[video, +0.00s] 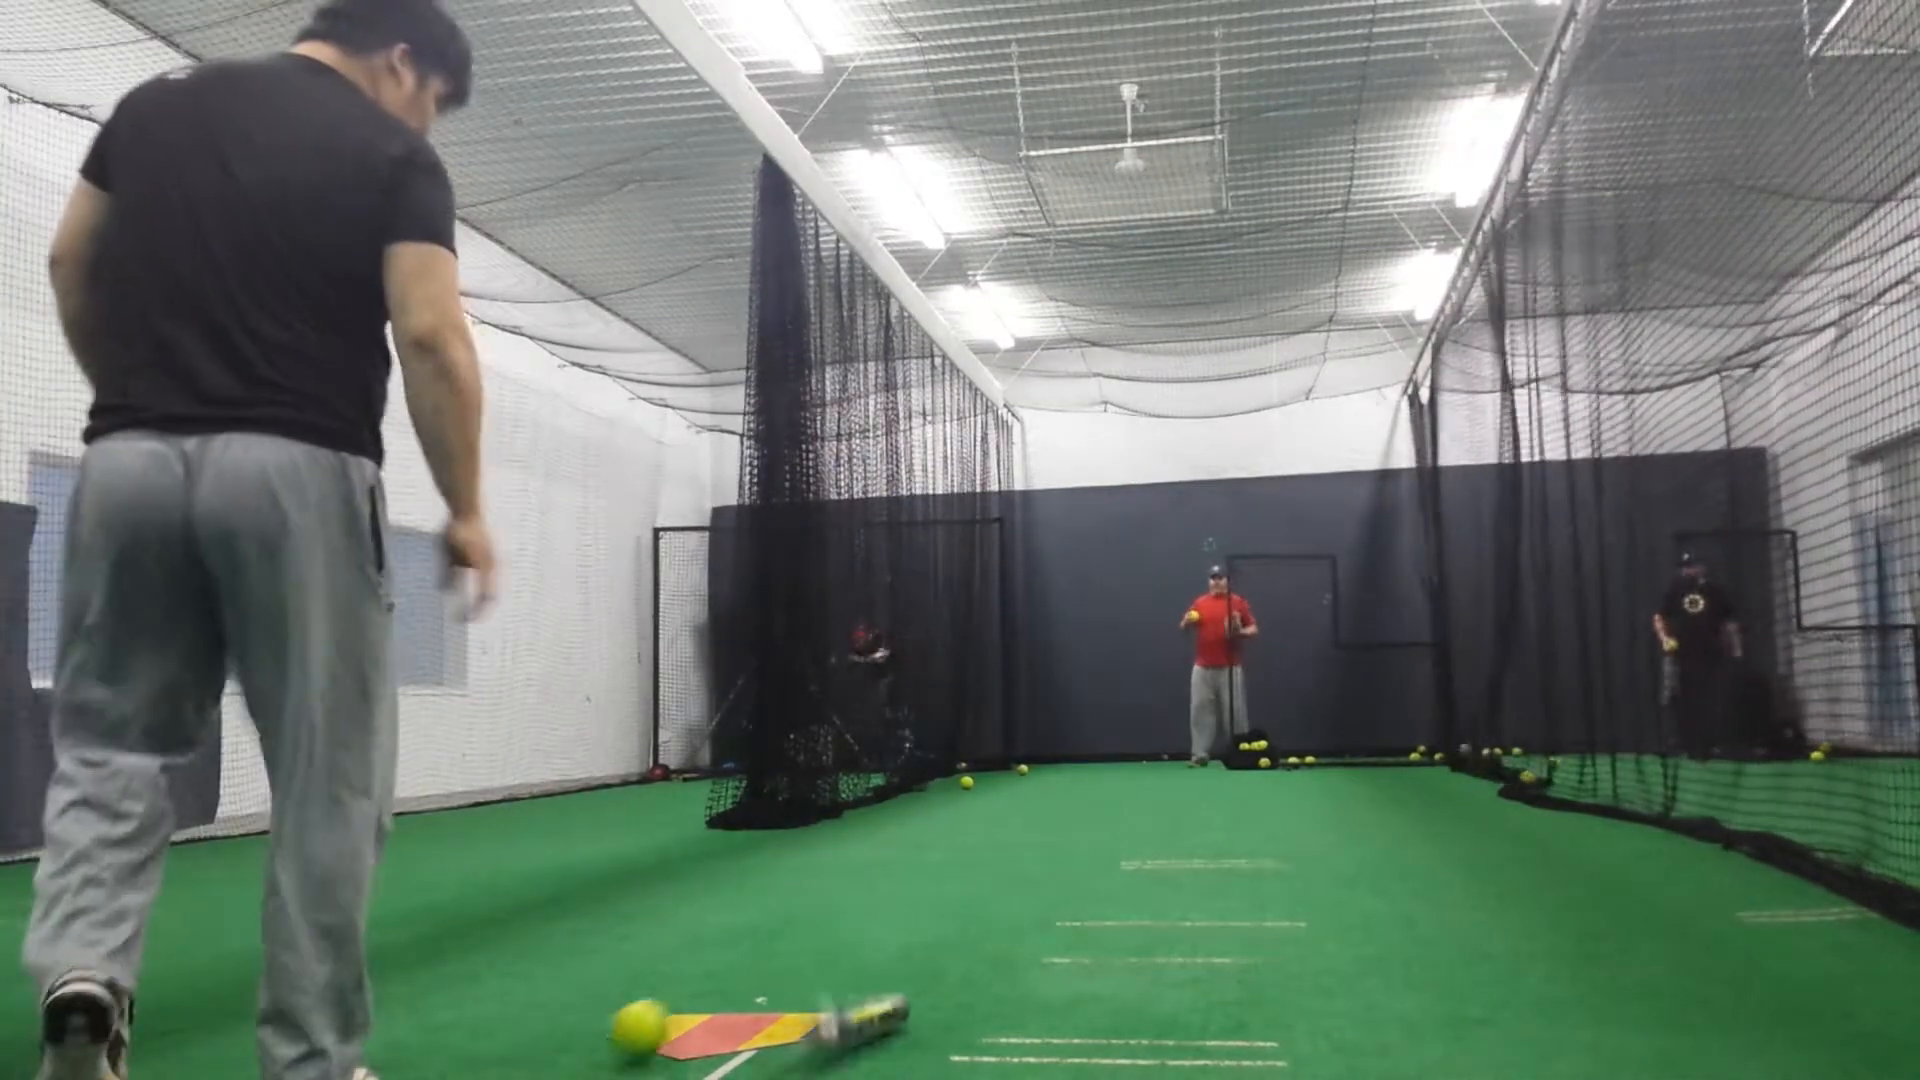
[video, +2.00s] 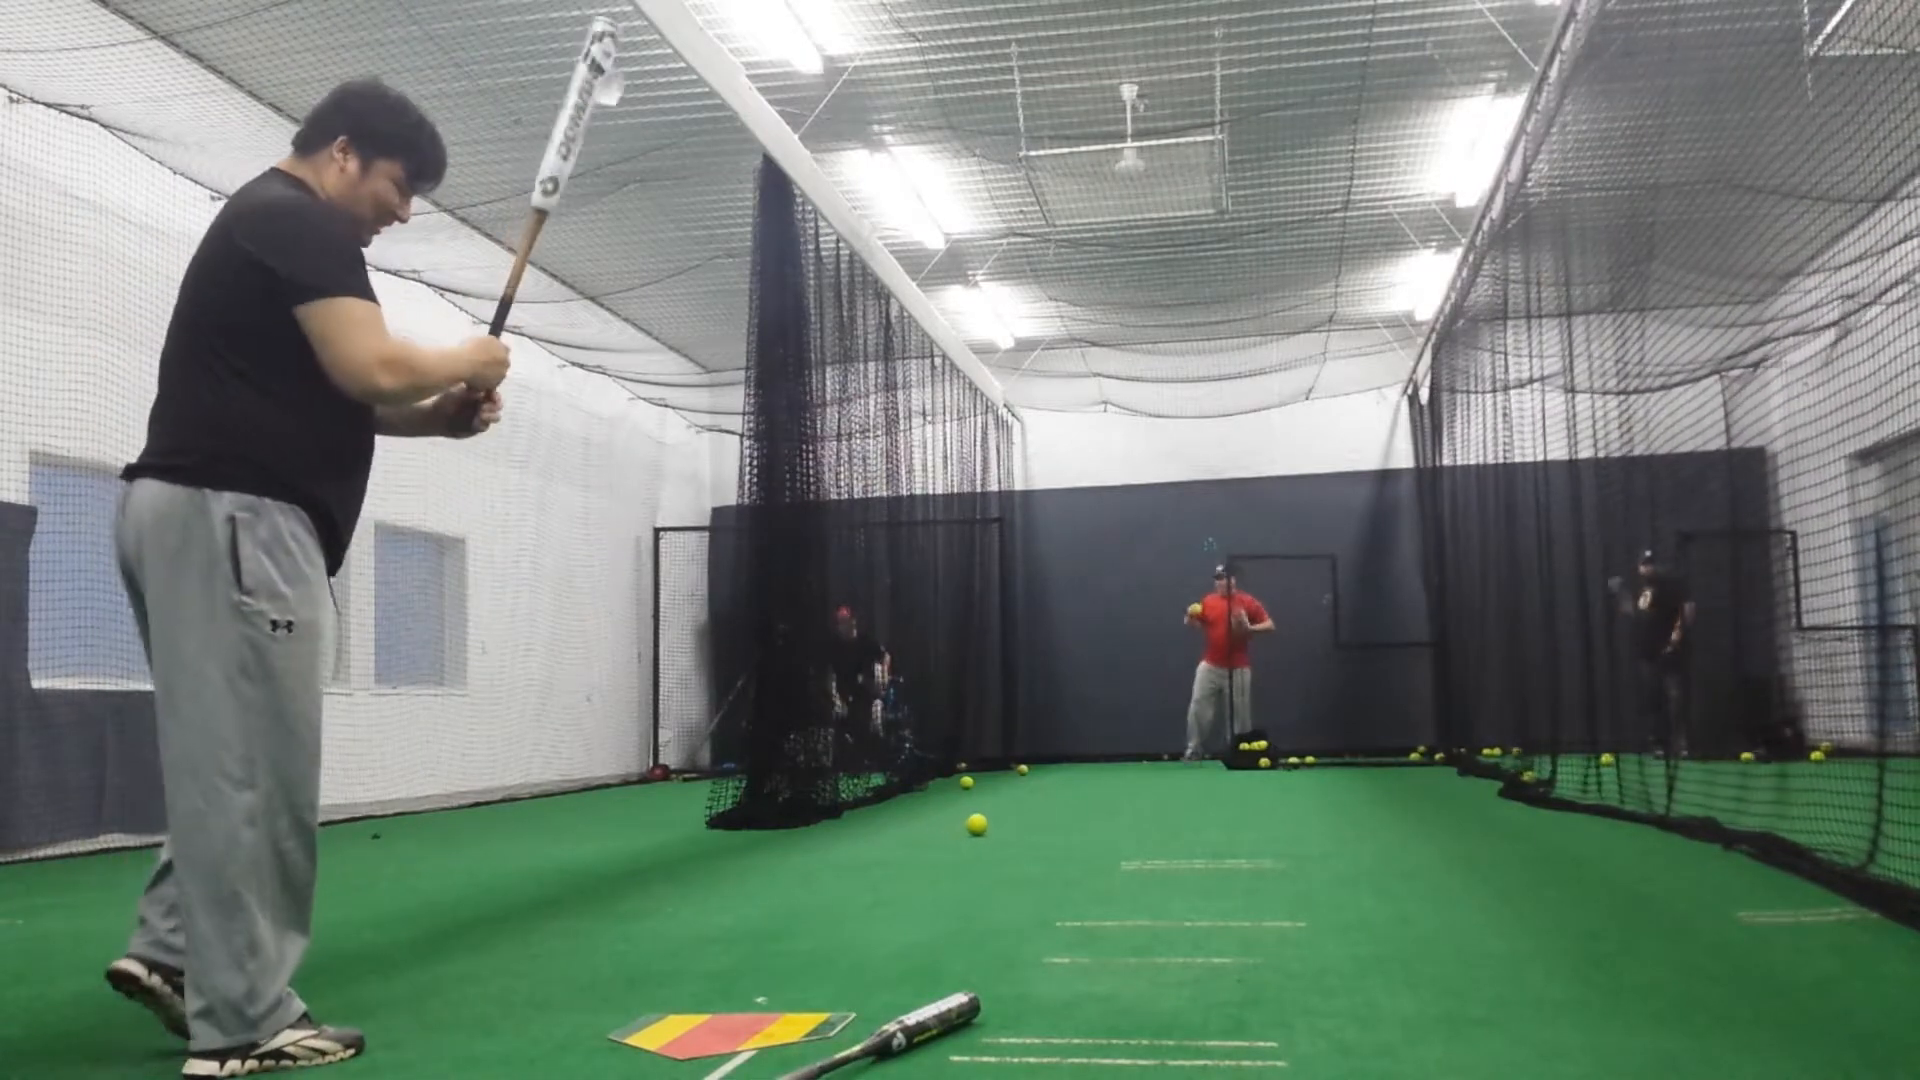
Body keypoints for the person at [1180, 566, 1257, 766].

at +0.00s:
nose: (1217, 581)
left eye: (1220, 578)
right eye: (1213, 578)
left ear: (1227, 581)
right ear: (1209, 581)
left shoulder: (1238, 603)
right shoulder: (1201, 603)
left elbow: (1253, 628)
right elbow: (1183, 628)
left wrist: (1240, 630)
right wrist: (1188, 621)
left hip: (1230, 664)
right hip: (1204, 664)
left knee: (1235, 709)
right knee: (1200, 708)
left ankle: (1239, 752)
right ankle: (1200, 753)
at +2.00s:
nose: (1219, 583)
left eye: (1223, 578)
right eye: (1217, 578)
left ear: (1233, 580)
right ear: (1215, 581)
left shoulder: (1246, 601)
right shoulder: (1209, 601)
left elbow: (1269, 624)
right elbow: (1198, 624)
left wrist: (1249, 627)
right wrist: (1191, 618)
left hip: (1238, 666)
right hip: (1212, 664)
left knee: (1240, 709)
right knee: (1199, 706)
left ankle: (1241, 750)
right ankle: (1194, 748)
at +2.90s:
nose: (1185, 582)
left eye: (1189, 578)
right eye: (1182, 579)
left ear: (1198, 580)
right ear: (1178, 583)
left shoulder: (1213, 601)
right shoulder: (1174, 605)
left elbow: (1232, 622)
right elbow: (1158, 632)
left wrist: (1217, 626)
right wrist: (1165, 627)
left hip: (1213, 665)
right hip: (1186, 668)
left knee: (1223, 709)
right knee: (1188, 713)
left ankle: (1233, 751)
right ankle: (1193, 755)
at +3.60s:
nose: (1204, 582)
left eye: (1207, 578)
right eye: (1200, 579)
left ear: (1213, 581)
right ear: (1195, 583)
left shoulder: (1226, 602)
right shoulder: (1188, 605)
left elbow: (1244, 626)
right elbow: (1173, 633)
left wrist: (1231, 628)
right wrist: (1180, 629)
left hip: (1220, 665)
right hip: (1194, 666)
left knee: (1227, 710)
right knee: (1193, 712)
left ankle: (1236, 752)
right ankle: (1194, 754)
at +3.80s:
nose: (1213, 580)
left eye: (1216, 576)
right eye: (1209, 577)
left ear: (1222, 580)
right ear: (1204, 581)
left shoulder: (1235, 602)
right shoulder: (1197, 603)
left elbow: (1251, 626)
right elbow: (1184, 630)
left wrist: (1243, 626)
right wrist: (1188, 631)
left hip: (1230, 665)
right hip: (1203, 665)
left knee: (1234, 710)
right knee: (1200, 710)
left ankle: (1238, 753)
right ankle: (1196, 754)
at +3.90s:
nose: (1217, 581)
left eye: (1220, 577)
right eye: (1213, 577)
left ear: (1226, 579)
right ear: (1208, 581)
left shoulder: (1240, 603)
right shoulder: (1200, 604)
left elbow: (1256, 626)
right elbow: (1187, 631)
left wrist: (1246, 629)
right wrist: (1192, 631)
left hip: (1236, 665)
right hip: (1208, 665)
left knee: (1238, 708)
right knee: (1203, 709)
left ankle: (1239, 753)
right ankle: (1197, 753)